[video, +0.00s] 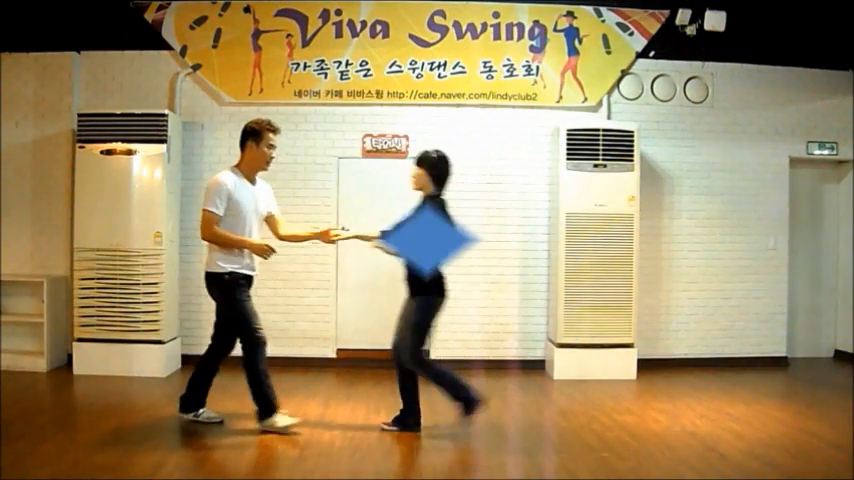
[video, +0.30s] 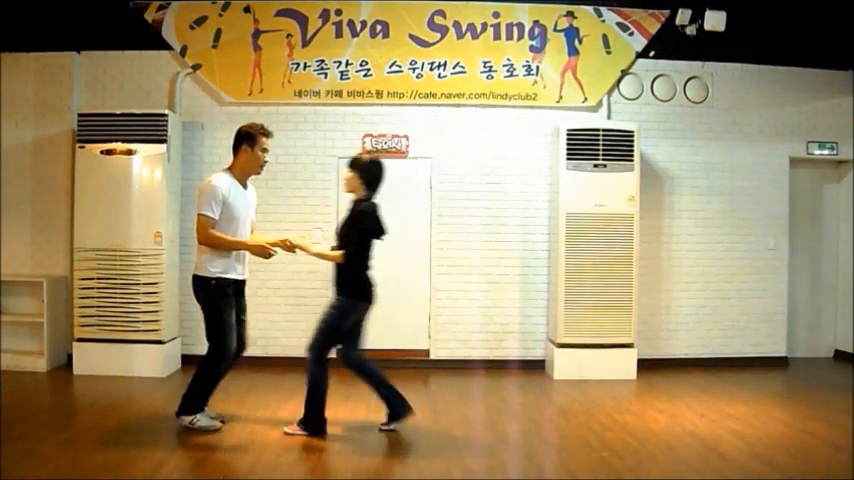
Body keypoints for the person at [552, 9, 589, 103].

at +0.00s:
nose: (567, 20)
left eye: (569, 18)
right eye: (567, 18)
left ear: (572, 19)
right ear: (566, 19)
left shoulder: (569, 29)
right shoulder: (576, 29)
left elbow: (555, 30)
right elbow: (580, 43)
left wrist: (557, 19)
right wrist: (582, 37)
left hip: (573, 54)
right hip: (573, 53)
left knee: (562, 72)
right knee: (574, 75)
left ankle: (559, 95)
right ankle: (584, 96)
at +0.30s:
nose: (567, 20)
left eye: (569, 18)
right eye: (567, 18)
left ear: (572, 19)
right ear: (567, 19)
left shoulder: (568, 29)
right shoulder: (576, 29)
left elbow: (555, 30)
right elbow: (580, 43)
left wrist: (557, 19)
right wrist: (582, 37)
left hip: (572, 54)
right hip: (574, 53)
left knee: (562, 72)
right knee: (574, 75)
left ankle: (559, 95)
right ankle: (584, 96)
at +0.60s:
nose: (567, 20)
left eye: (569, 18)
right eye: (567, 18)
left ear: (572, 19)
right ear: (567, 19)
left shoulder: (568, 29)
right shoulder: (576, 29)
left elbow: (555, 30)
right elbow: (580, 43)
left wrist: (556, 19)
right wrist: (582, 37)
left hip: (572, 54)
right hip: (574, 53)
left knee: (562, 73)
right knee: (574, 75)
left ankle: (559, 95)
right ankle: (584, 96)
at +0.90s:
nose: (567, 20)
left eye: (569, 18)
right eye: (567, 18)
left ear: (572, 19)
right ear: (567, 19)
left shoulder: (568, 29)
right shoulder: (576, 29)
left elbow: (555, 30)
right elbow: (580, 43)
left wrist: (557, 19)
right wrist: (582, 37)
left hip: (573, 54)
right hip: (573, 54)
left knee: (562, 72)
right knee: (574, 75)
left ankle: (559, 95)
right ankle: (584, 96)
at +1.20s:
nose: (567, 20)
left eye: (568, 18)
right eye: (566, 18)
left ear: (572, 19)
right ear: (567, 19)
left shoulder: (568, 29)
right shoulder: (576, 29)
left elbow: (555, 30)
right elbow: (580, 43)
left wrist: (557, 19)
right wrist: (582, 37)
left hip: (572, 54)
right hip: (574, 53)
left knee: (562, 72)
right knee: (574, 75)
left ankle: (559, 95)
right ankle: (584, 95)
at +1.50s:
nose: (566, 19)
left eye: (568, 18)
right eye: (566, 18)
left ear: (571, 18)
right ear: (569, 19)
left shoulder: (567, 29)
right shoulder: (576, 29)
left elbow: (555, 30)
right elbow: (579, 43)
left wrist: (556, 19)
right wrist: (582, 37)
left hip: (572, 54)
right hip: (575, 54)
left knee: (562, 72)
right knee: (574, 75)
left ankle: (559, 95)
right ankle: (584, 95)